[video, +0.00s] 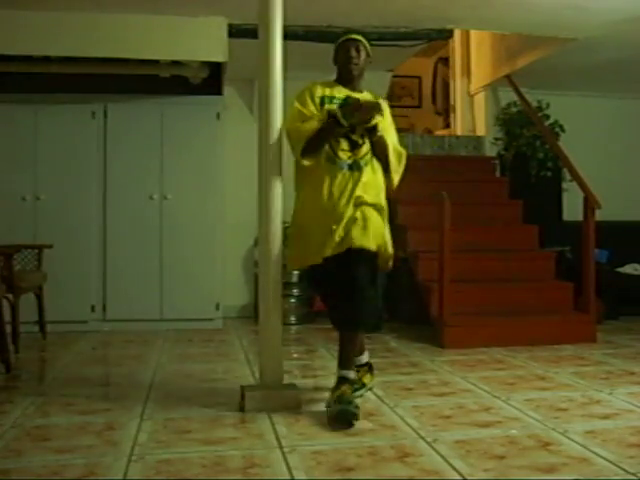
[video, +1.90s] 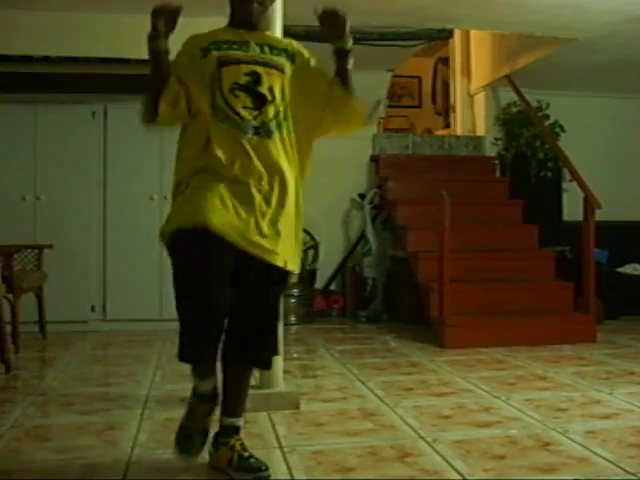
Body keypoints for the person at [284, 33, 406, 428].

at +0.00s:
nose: (353, 53)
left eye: (359, 50)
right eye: (346, 48)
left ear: (367, 62)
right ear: (335, 59)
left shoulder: (378, 105)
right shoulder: (314, 95)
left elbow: (395, 164)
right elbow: (301, 144)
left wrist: (373, 130)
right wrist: (338, 119)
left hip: (365, 210)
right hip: (320, 210)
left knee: (356, 294)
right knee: (334, 296)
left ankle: (343, 387)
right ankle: (361, 363)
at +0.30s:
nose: (333, 33)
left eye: (341, 29)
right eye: (326, 29)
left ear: (353, 43)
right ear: (317, 44)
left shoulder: (375, 88)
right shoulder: (299, 85)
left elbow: (397, 125)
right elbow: (276, 129)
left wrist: (379, 74)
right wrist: (280, 74)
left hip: (352, 213)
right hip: (298, 210)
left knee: (347, 312)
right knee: (296, 313)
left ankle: (335, 391)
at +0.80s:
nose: (279, 28)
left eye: (288, 20)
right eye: (272, 23)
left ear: (308, 30)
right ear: (266, 36)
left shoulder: (334, 71)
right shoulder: (253, 86)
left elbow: (377, 100)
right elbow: (220, 129)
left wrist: (359, 40)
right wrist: (209, 76)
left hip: (306, 205)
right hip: (250, 209)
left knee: (291, 292)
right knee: (247, 309)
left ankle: (324, 366)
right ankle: (271, 403)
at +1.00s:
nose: (275, 15)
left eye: (284, 8)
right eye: (268, 8)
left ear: (299, 19)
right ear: (258, 18)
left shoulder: (321, 66)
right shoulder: (228, 65)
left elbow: (376, 78)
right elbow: (178, 78)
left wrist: (351, 19)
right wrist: (196, 20)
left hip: (285, 194)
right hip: (225, 193)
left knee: (252, 285)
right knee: (233, 301)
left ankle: (259, 385)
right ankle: (269, 397)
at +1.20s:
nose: (266, 18)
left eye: (274, 12)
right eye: (259, 11)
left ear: (288, 22)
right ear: (248, 19)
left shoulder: (303, 77)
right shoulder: (222, 58)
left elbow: (336, 138)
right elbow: (191, 99)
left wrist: (330, 73)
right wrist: (200, 37)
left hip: (271, 212)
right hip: (213, 208)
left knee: (239, 322)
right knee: (242, 318)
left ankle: (217, 427)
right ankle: (272, 405)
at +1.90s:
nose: (257, 2)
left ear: (274, 4)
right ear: (232, 1)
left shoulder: (293, 56)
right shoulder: (202, 46)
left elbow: (345, 113)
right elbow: (161, 108)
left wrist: (340, 49)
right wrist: (159, 40)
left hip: (272, 198)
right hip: (209, 188)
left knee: (249, 325)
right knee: (202, 286)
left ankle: (228, 438)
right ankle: (203, 394)